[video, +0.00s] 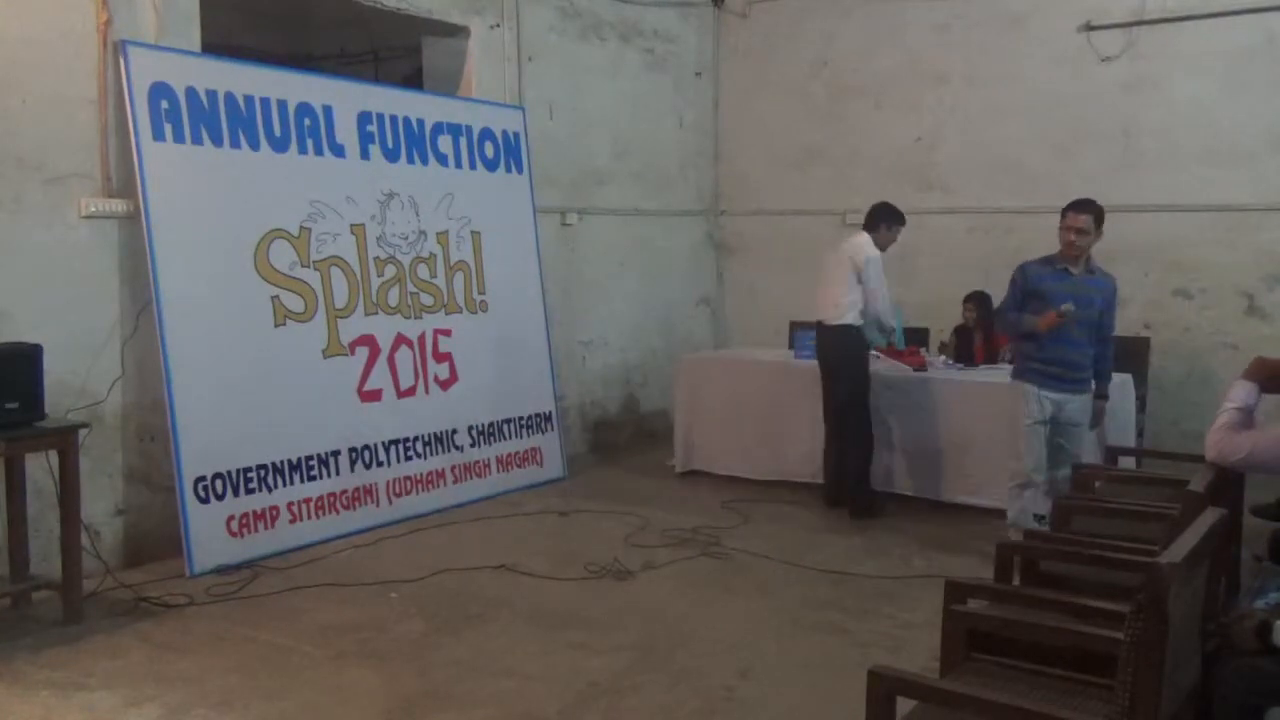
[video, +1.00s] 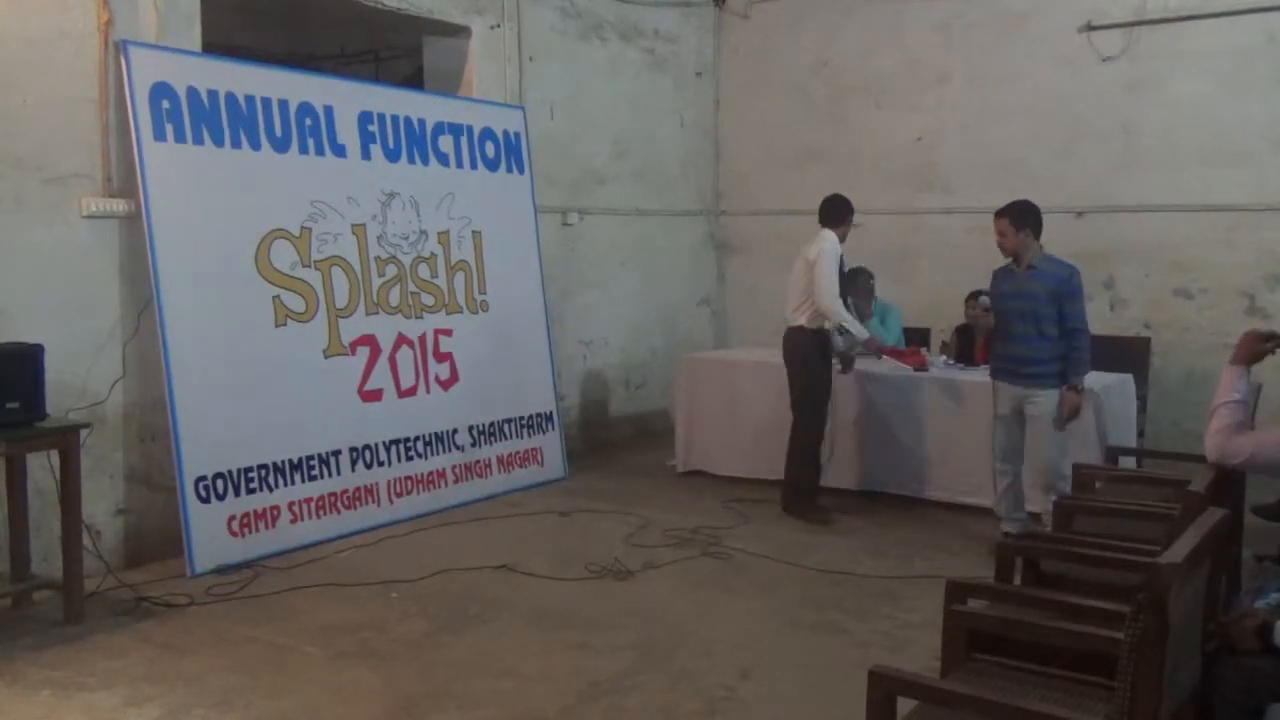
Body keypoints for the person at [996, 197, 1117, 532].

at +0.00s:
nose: (1072, 238)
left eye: (1082, 232)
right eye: (1067, 230)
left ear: (1096, 236)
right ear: (1059, 230)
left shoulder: (1104, 284)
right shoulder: (1029, 273)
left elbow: (1105, 343)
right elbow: (1002, 317)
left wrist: (1101, 394)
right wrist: (1034, 323)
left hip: (1077, 394)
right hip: (1033, 388)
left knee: (1067, 477)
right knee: (1029, 473)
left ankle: (1062, 546)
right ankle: (1021, 542)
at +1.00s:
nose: (998, 241)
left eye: (1004, 234)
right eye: (996, 235)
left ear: (1027, 234)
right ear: (1013, 236)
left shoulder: (1064, 275)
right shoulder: (1001, 277)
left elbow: (1078, 334)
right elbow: (999, 330)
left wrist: (1074, 386)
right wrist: (983, 324)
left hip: (1047, 387)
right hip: (1006, 384)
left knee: (1046, 468)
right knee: (1006, 463)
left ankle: (1060, 534)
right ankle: (1012, 532)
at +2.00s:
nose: (1024, 241)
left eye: (1027, 233)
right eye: (1025, 234)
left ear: (1041, 235)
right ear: (1053, 234)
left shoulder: (1057, 276)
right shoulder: (1057, 269)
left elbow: (1045, 343)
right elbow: (1047, 302)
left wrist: (1031, 396)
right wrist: (1022, 283)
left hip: (1056, 383)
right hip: (1046, 380)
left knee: (1055, 457)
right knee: (1028, 450)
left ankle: (1056, 523)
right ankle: (1012, 512)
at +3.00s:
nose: (976, 240)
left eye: (977, 234)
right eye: (977, 233)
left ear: (985, 236)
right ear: (1010, 233)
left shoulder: (986, 274)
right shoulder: (1033, 274)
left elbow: (967, 324)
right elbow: (1046, 322)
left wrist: (940, 331)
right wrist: (1025, 350)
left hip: (990, 377)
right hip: (1021, 374)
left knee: (969, 444)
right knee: (1017, 451)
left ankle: (946, 507)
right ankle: (1017, 516)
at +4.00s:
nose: (905, 240)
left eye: (906, 234)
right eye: (906, 234)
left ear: (911, 236)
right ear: (936, 233)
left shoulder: (919, 274)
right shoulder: (959, 270)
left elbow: (914, 329)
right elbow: (968, 317)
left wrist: (877, 329)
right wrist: (940, 333)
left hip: (927, 366)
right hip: (951, 363)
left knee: (931, 437)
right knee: (934, 434)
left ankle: (938, 505)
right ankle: (915, 493)